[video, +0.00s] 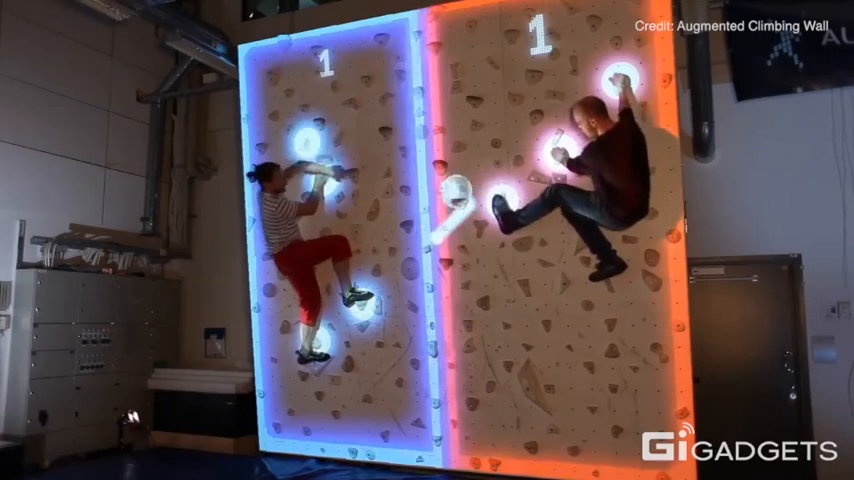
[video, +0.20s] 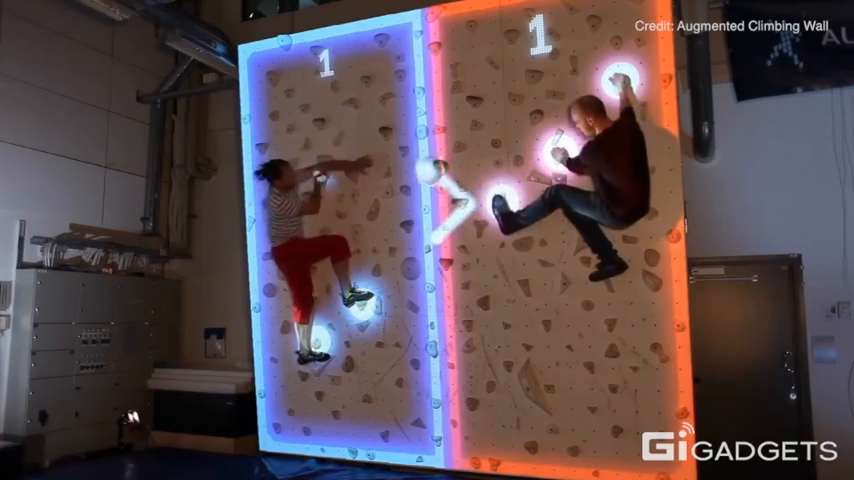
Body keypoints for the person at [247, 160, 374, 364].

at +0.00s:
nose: (284, 178)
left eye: (281, 175)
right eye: (280, 176)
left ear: (268, 183)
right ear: (269, 183)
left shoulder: (268, 194)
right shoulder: (278, 205)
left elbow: (298, 167)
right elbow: (311, 208)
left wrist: (330, 171)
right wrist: (320, 182)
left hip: (285, 256)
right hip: (293, 253)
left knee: (311, 301)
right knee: (338, 244)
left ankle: (306, 351)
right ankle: (348, 293)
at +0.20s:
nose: (294, 174)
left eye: (292, 171)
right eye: (290, 173)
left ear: (279, 180)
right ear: (280, 180)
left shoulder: (283, 189)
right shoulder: (282, 202)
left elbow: (318, 169)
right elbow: (313, 207)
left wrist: (351, 165)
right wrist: (318, 184)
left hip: (286, 250)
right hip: (291, 249)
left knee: (303, 297)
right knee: (337, 244)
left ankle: (304, 351)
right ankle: (348, 293)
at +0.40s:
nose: (306, 174)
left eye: (304, 170)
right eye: (301, 172)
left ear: (292, 178)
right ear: (290, 180)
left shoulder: (299, 184)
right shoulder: (288, 199)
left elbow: (335, 173)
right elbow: (319, 209)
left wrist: (375, 165)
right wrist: (321, 185)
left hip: (291, 246)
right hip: (293, 246)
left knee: (301, 297)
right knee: (339, 244)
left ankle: (304, 351)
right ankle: (348, 292)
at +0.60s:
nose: (307, 168)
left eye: (305, 165)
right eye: (303, 167)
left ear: (292, 174)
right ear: (294, 175)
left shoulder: (292, 183)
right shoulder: (292, 195)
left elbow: (322, 162)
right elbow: (322, 209)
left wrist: (352, 147)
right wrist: (322, 185)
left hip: (291, 247)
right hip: (299, 245)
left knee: (303, 298)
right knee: (343, 242)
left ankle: (305, 350)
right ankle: (349, 291)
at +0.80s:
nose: (305, 158)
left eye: (303, 155)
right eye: (301, 156)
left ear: (290, 165)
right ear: (295, 165)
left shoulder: (289, 176)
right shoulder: (296, 186)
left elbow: (313, 142)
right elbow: (320, 208)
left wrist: (329, 108)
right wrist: (320, 186)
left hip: (287, 242)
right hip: (300, 238)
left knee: (301, 294)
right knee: (345, 243)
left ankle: (305, 346)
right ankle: (349, 291)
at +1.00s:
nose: (304, 158)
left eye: (302, 155)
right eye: (300, 157)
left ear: (289, 165)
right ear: (293, 165)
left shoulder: (287, 175)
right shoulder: (295, 186)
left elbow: (312, 143)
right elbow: (318, 209)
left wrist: (330, 111)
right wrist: (320, 185)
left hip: (288, 241)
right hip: (300, 238)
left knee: (301, 294)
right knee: (345, 242)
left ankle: (305, 347)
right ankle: (348, 291)